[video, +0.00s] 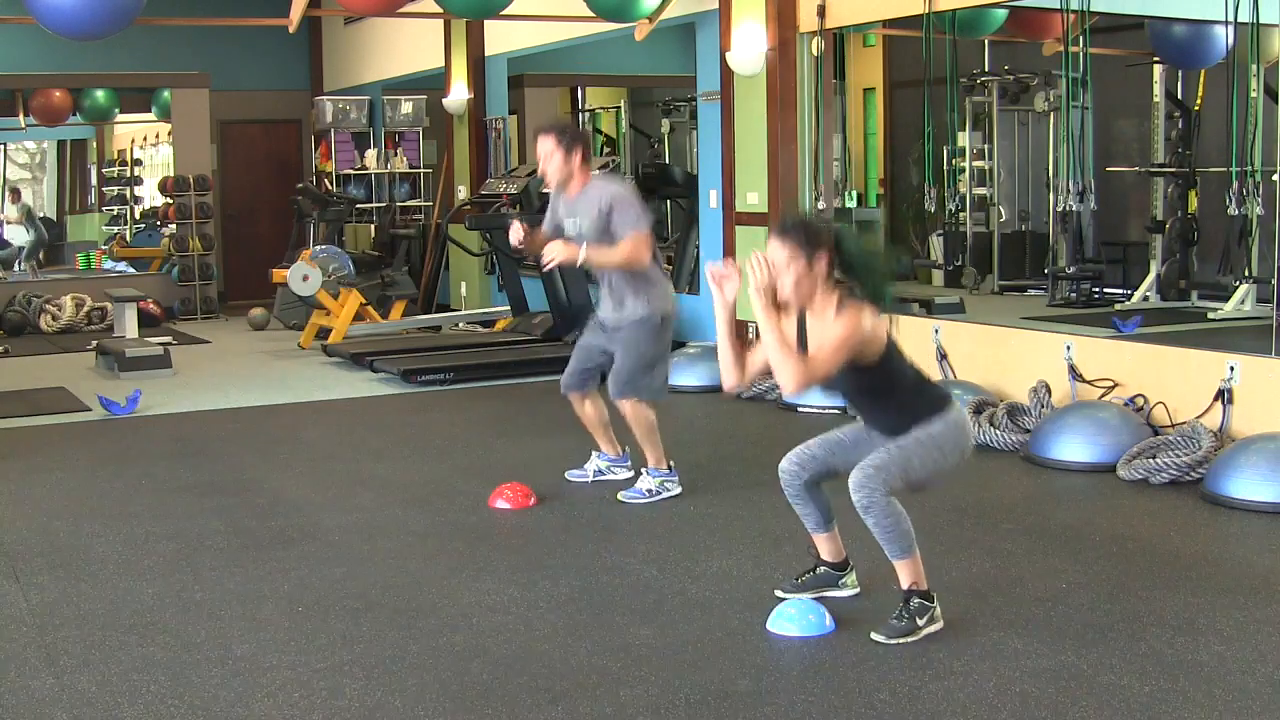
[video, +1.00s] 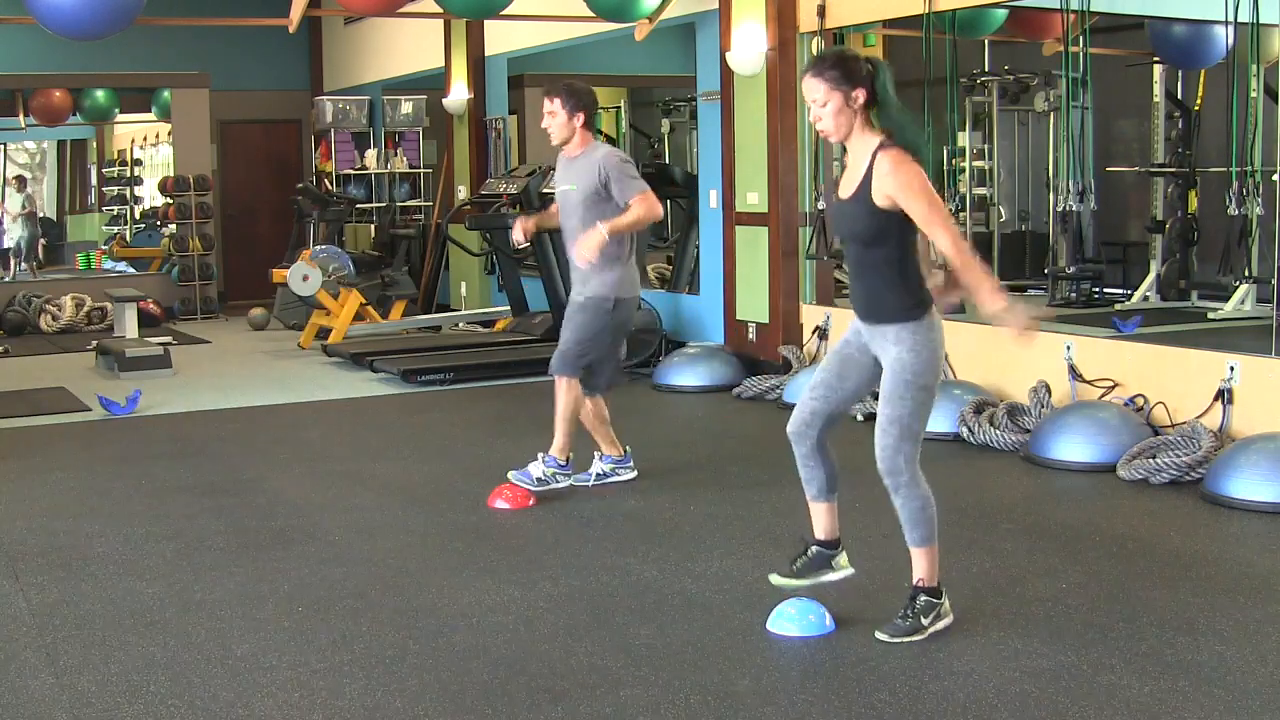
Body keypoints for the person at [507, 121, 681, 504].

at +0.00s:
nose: (540, 167)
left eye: (547, 157)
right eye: (539, 158)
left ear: (576, 156)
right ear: (564, 160)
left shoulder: (616, 192)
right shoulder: (559, 198)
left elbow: (640, 254)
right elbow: (547, 241)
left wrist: (580, 253)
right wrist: (527, 238)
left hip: (646, 309)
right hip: (609, 310)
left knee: (625, 390)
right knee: (577, 385)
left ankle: (661, 472)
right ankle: (614, 459)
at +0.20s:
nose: (533, 257)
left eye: (540, 247)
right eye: (531, 248)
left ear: (568, 250)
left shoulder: (605, 279)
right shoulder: (556, 283)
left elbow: (587, 343)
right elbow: (527, 336)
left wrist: (543, 302)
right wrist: (521, 305)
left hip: (666, 358)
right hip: (618, 358)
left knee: (615, 395)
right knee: (566, 388)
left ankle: (661, 474)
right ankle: (612, 458)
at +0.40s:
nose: (530, 249)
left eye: (538, 240)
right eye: (530, 241)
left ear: (567, 246)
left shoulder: (601, 273)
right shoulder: (551, 278)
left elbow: (583, 335)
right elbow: (528, 328)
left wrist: (531, 312)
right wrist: (518, 314)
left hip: (662, 352)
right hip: (617, 355)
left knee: (617, 395)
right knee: (566, 388)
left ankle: (661, 474)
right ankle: (611, 457)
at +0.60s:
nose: (530, 159)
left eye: (536, 149)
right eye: (530, 149)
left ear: (560, 151)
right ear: (555, 153)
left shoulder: (597, 188)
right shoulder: (557, 192)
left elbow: (642, 230)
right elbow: (578, 228)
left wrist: (608, 275)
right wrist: (563, 253)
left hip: (635, 303)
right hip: (599, 302)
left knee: (614, 385)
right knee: (567, 380)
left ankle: (656, 468)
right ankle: (607, 451)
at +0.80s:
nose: (532, 108)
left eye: (537, 100)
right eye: (531, 100)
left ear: (562, 102)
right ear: (559, 103)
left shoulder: (606, 138)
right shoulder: (560, 144)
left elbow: (659, 179)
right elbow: (580, 190)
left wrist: (636, 225)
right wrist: (570, 221)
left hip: (615, 265)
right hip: (584, 262)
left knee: (582, 351)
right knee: (578, 353)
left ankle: (582, 444)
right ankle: (606, 440)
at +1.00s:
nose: (544, 123)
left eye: (551, 115)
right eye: (544, 115)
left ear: (578, 118)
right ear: (568, 119)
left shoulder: (609, 159)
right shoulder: (564, 162)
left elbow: (651, 206)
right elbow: (571, 210)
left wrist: (605, 227)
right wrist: (534, 221)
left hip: (609, 290)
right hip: (584, 289)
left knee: (566, 365)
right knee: (583, 381)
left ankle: (558, 460)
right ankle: (615, 456)